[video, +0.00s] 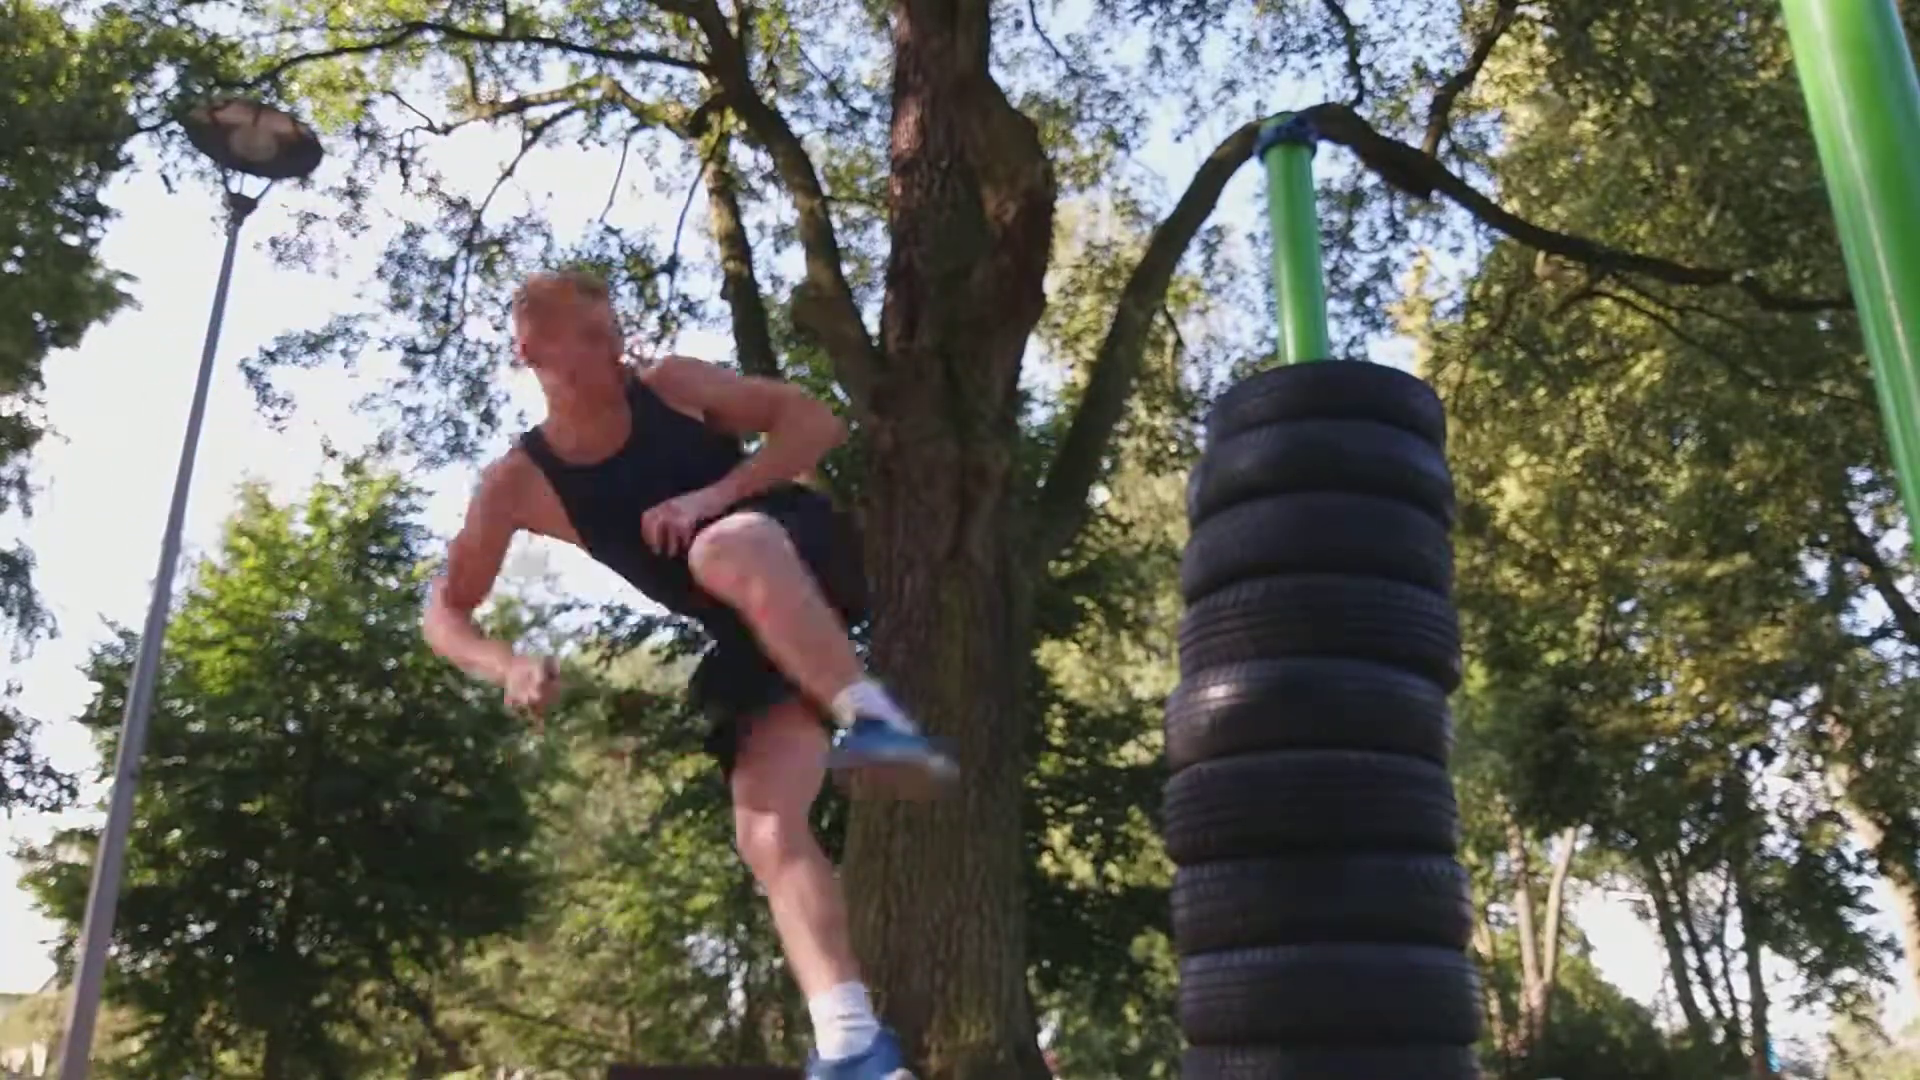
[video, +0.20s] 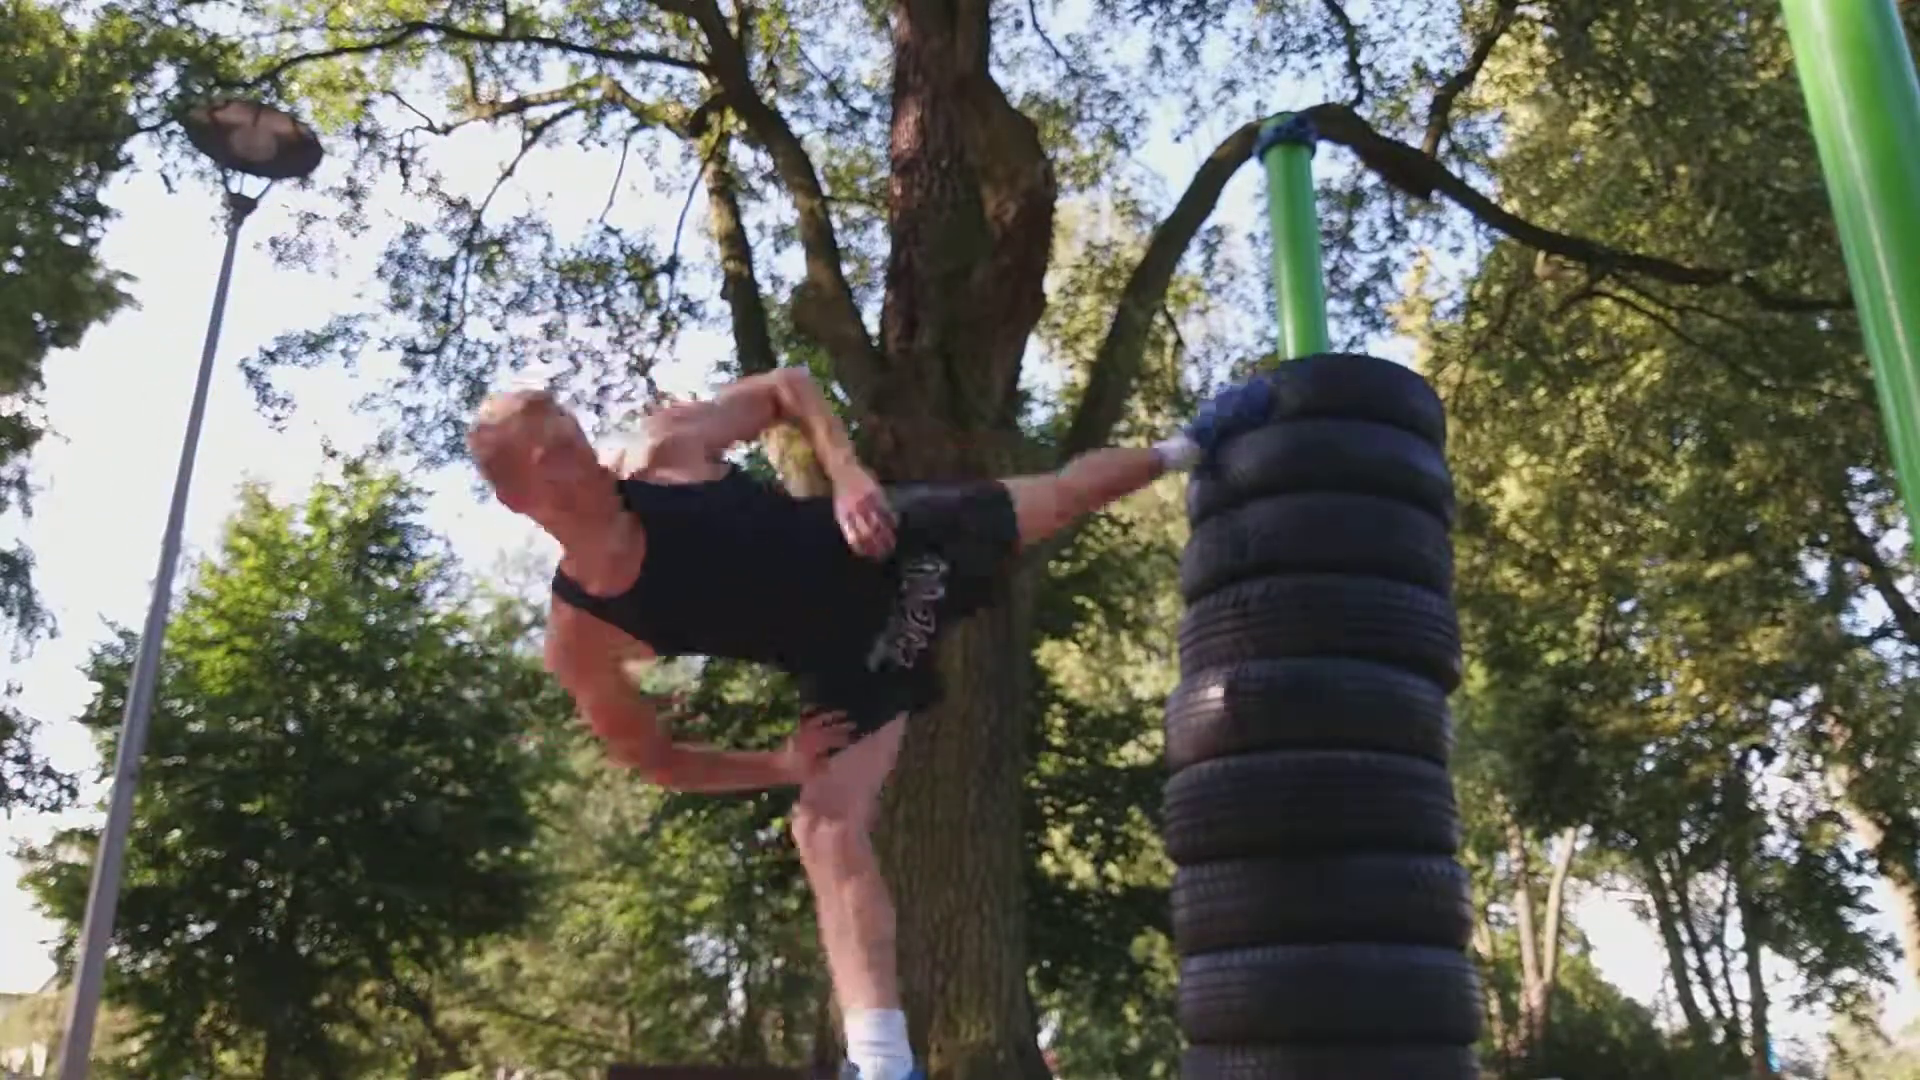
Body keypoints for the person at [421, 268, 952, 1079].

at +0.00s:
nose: (615, 348)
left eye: (612, 332)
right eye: (596, 337)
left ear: (615, 331)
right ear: (539, 356)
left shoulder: (672, 385)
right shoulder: (516, 484)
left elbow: (815, 422)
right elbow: (444, 616)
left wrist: (717, 494)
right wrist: (505, 667)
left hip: (808, 552)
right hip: (735, 624)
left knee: (721, 552)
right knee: (768, 827)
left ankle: (873, 719)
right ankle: (854, 1044)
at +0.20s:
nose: (582, 450)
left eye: (573, 433)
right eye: (555, 452)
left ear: (586, 431)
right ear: (520, 497)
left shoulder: (670, 448)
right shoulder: (578, 637)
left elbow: (786, 391)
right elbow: (654, 759)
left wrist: (846, 480)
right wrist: (782, 766)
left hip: (891, 545)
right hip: (852, 662)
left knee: (1070, 495)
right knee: (824, 829)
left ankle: (1187, 446)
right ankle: (881, 1060)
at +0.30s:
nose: (570, 519)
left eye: (564, 497)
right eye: (541, 523)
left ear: (585, 488)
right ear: (517, 567)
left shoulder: (685, 484)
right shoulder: (603, 678)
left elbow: (788, 393)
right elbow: (707, 776)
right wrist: (826, 792)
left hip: (908, 554)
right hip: (872, 674)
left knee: (1099, 485)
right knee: (894, 852)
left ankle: (1166, 404)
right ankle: (905, 1067)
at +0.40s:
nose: (561, 512)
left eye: (560, 482)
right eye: (531, 508)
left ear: (583, 459)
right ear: (510, 530)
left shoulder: (686, 454)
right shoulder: (596, 645)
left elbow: (808, 394)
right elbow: (709, 744)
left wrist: (949, 395)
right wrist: (833, 775)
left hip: (914, 541)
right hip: (873, 658)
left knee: (1131, 497)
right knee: (900, 853)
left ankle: (1093, 446)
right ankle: (909, 1063)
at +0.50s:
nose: (555, 403)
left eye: (561, 374)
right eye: (529, 396)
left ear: (594, 360)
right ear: (508, 415)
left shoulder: (686, 379)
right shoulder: (569, 541)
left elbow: (831, 366)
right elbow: (677, 669)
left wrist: (933, 413)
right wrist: (792, 750)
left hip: (902, 514)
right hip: (852, 631)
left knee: (996, 534)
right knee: (881, 840)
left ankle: (1079, 586)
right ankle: (907, 1064)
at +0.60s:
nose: (551, 291)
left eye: (565, 267)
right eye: (528, 279)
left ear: (606, 268)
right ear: (512, 302)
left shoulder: (698, 312)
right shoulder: (552, 446)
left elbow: (861, 346)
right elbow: (601, 587)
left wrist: (851, 396)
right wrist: (670, 687)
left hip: (848, 503)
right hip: (780, 601)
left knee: (842, 590)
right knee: (849, 836)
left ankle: (1022, 821)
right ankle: (900, 1069)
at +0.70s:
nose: (549, 223)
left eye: (567, 202)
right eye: (528, 210)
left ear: (614, 210)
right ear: (514, 238)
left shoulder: (695, 280)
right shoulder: (548, 382)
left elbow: (842, 375)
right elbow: (528, 531)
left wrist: (719, 401)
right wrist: (459, 585)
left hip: (792, 516)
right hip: (714, 585)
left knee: (787, 691)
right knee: (811, 815)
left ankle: (762, 982)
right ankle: (897, 1066)